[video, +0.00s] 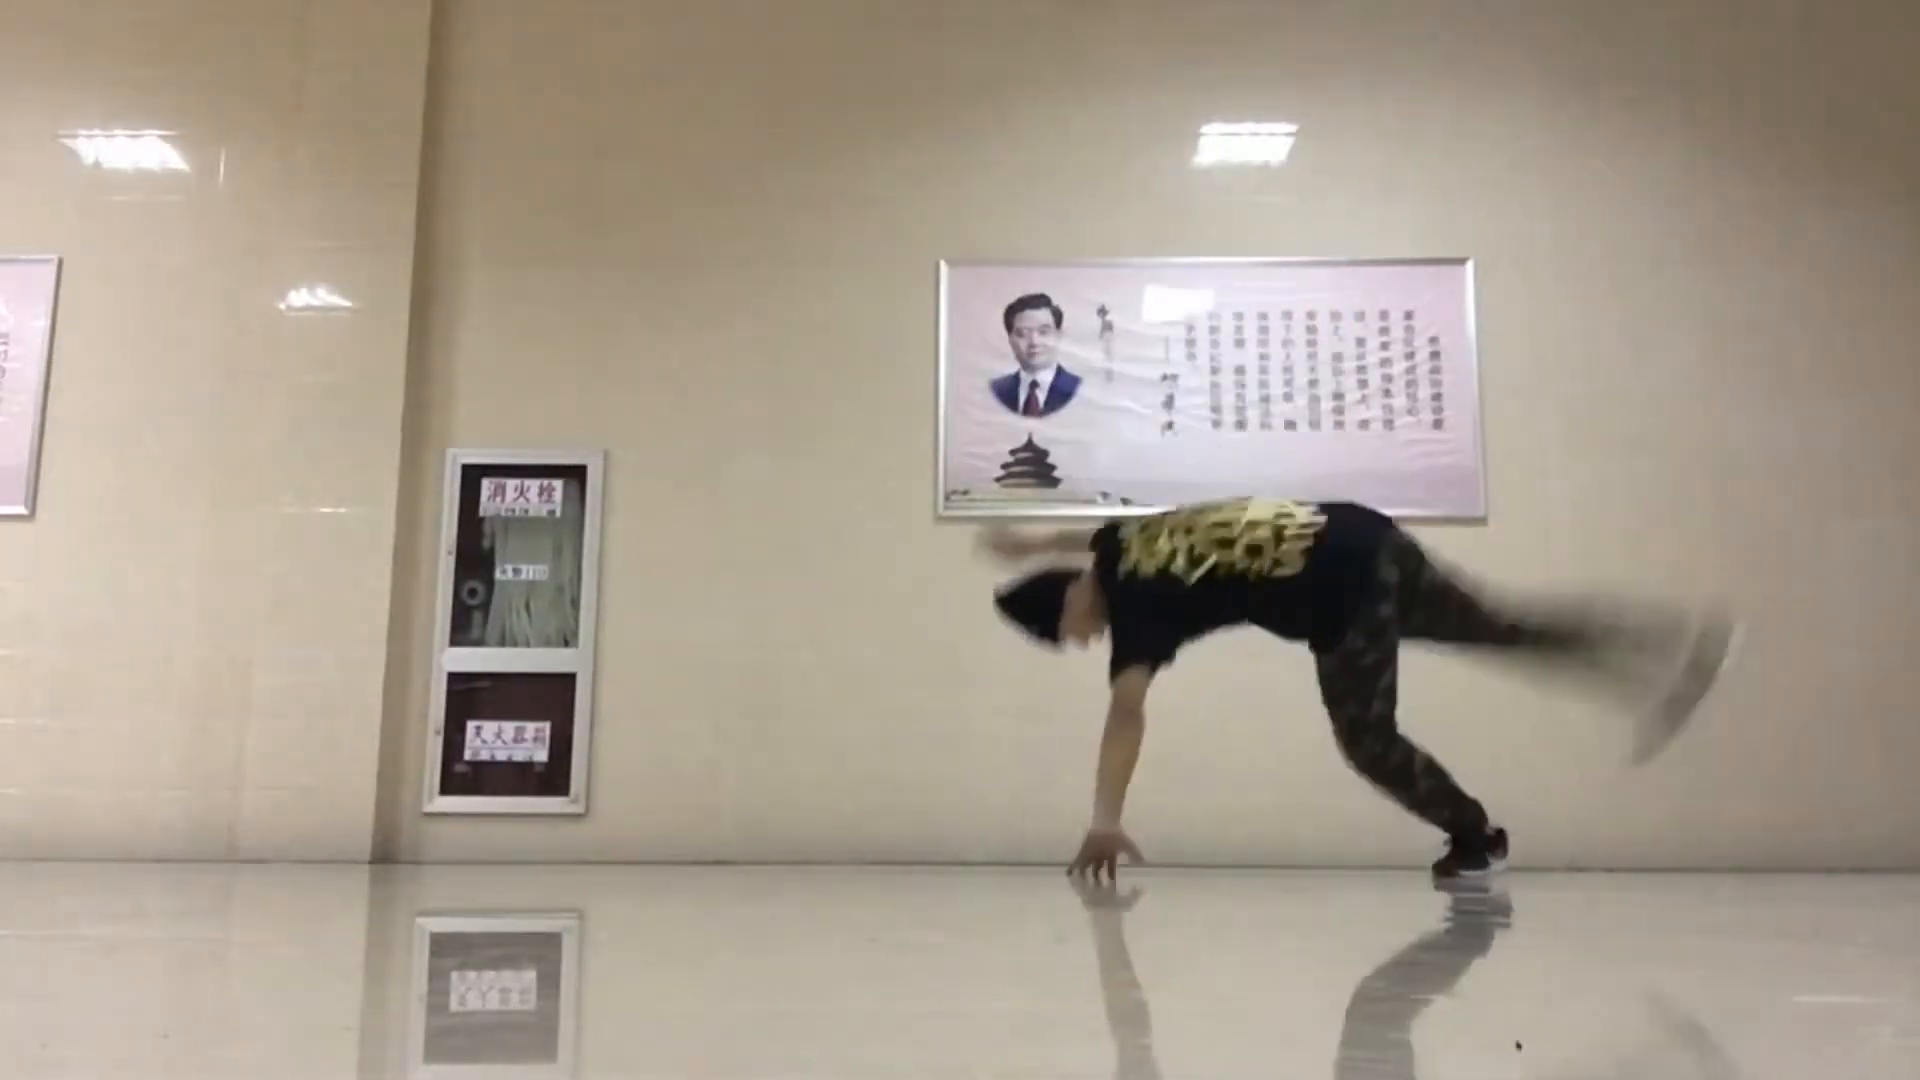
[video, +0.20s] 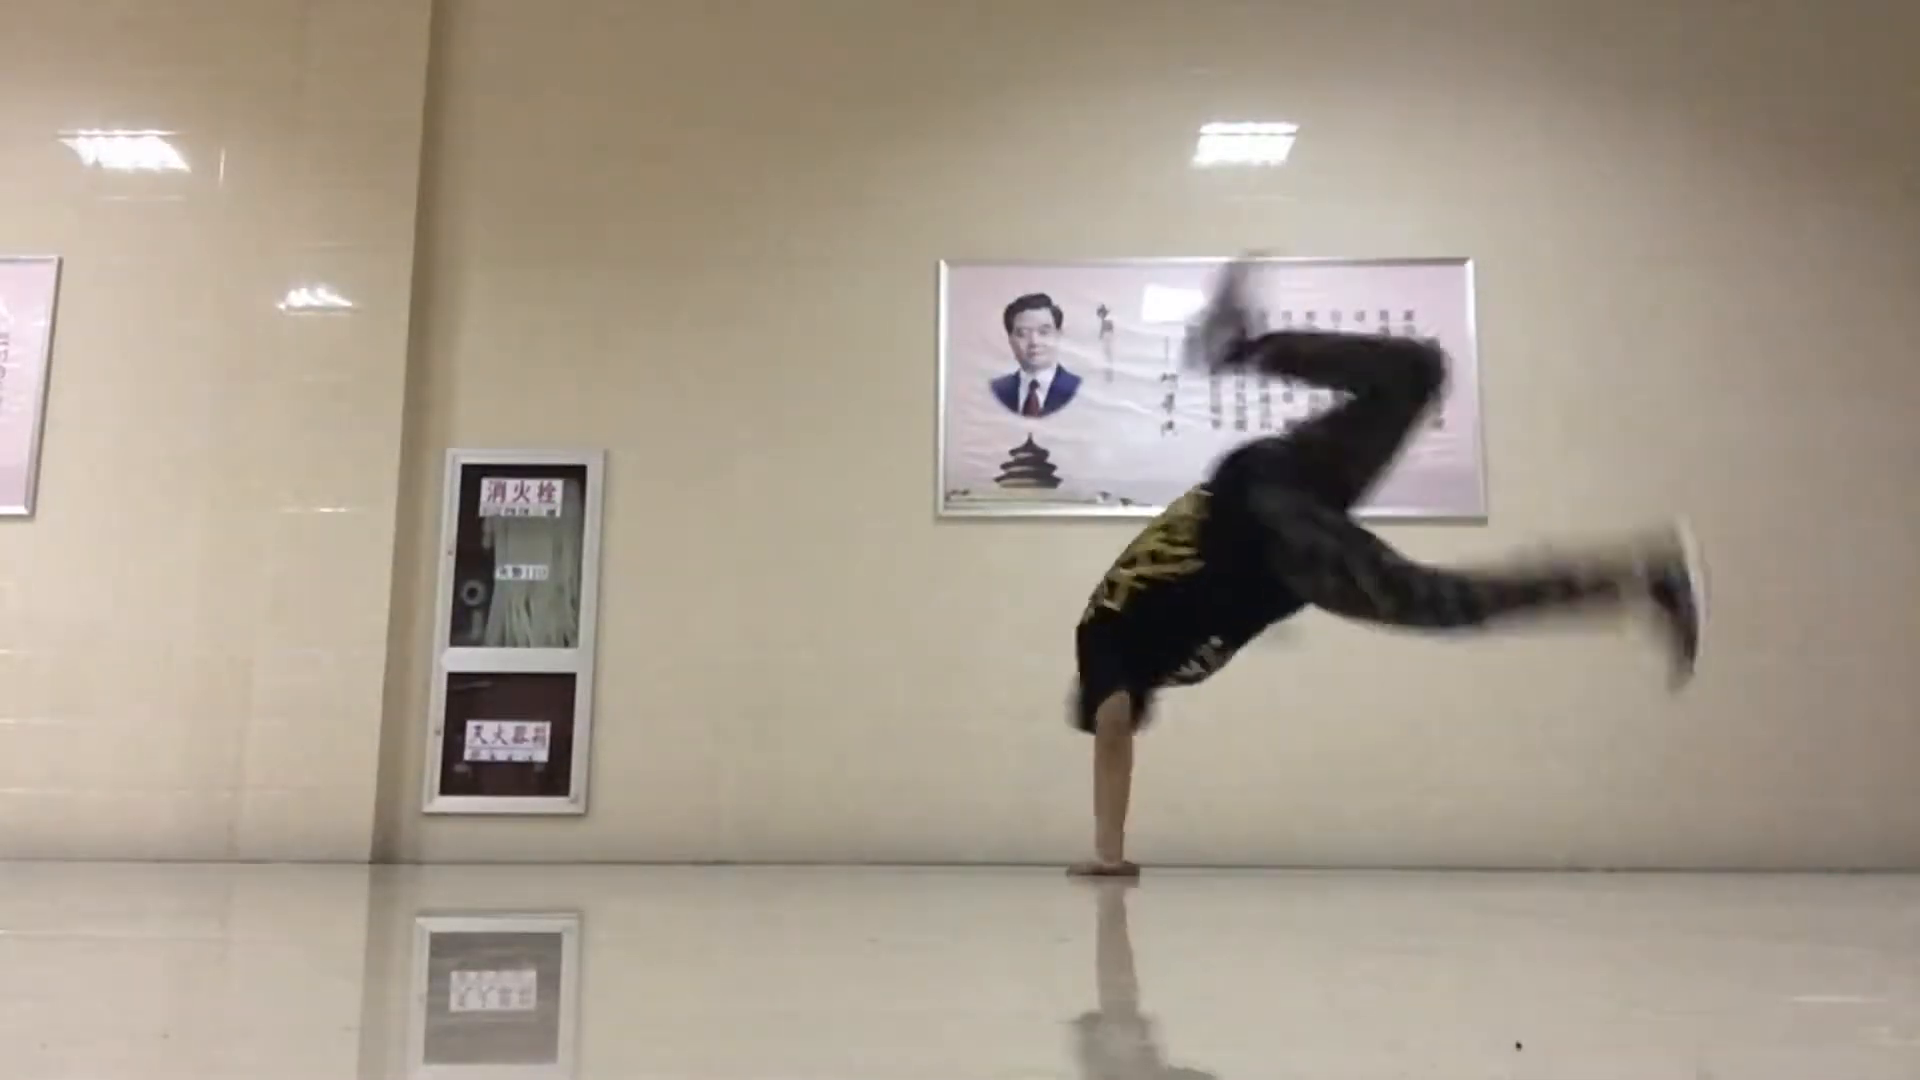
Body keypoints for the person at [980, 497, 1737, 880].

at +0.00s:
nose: (1078, 637)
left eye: (1067, 628)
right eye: (1067, 628)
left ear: (1073, 604)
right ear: (1071, 581)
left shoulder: (1132, 601)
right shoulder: (1129, 539)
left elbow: (1124, 719)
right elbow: (1080, 529)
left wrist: (1104, 822)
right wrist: (1019, 535)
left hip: (1343, 593)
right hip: (1368, 535)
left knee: (1367, 740)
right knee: (1497, 627)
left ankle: (1474, 834)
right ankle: (1661, 651)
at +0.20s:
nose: (1125, 723)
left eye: (1117, 720)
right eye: (1119, 721)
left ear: (1092, 689)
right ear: (1133, 687)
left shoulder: (1107, 643)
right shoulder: (1179, 624)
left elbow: (1112, 744)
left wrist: (1109, 856)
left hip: (1264, 535)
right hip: (1273, 475)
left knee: (1439, 603)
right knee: (1412, 374)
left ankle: (1646, 583)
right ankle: (1246, 346)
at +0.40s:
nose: (1250, 711)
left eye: (1247, 728)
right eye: (1265, 716)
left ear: (1230, 712)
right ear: (1279, 691)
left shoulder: (1158, 656)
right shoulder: (1302, 617)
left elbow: (1104, 747)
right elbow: (1388, 678)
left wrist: (1106, 857)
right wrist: (1468, 748)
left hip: (1118, 463)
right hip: (1202, 444)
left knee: (1044, 579)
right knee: (1318, 330)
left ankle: (908, 648)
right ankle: (1350, 136)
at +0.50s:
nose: (1270, 729)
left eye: (1280, 727)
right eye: (1291, 724)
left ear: (1251, 700)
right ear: (1301, 689)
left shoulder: (1164, 658)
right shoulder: (1293, 625)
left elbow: (1113, 746)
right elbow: (1285, 725)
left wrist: (1104, 858)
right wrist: (1303, 834)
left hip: (1086, 446)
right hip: (1188, 422)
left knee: (975, 529)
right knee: (1236, 332)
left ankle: (833, 557)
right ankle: (1309, 207)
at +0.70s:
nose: (1307, 671)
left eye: (1317, 665)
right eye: (1319, 670)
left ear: (1331, 619)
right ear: (1319, 642)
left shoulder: (1312, 532)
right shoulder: (1240, 597)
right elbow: (1225, 733)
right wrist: (1268, 857)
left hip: (1092, 383)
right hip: (1050, 457)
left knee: (1152, 296)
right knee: (965, 603)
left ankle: (1051, 192)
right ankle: (823, 696)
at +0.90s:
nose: (1264, 403)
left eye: (1278, 415)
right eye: (1279, 398)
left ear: (1291, 443)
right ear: (1300, 419)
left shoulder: (1259, 518)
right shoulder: (1205, 383)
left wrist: (1412, 710)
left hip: (1010, 384)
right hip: (1063, 360)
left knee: (863, 251)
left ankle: (692, 255)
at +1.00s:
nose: (1131, 427)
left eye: (1148, 436)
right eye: (1145, 411)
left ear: (1170, 459)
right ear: (1166, 384)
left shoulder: (1128, 492)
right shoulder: (1208, 380)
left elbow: (1035, 579)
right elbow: (1239, 327)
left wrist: (974, 700)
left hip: (996, 436)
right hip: (1079, 352)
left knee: (848, 413)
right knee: (1118, 276)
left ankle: (726, 436)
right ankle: (1182, 223)